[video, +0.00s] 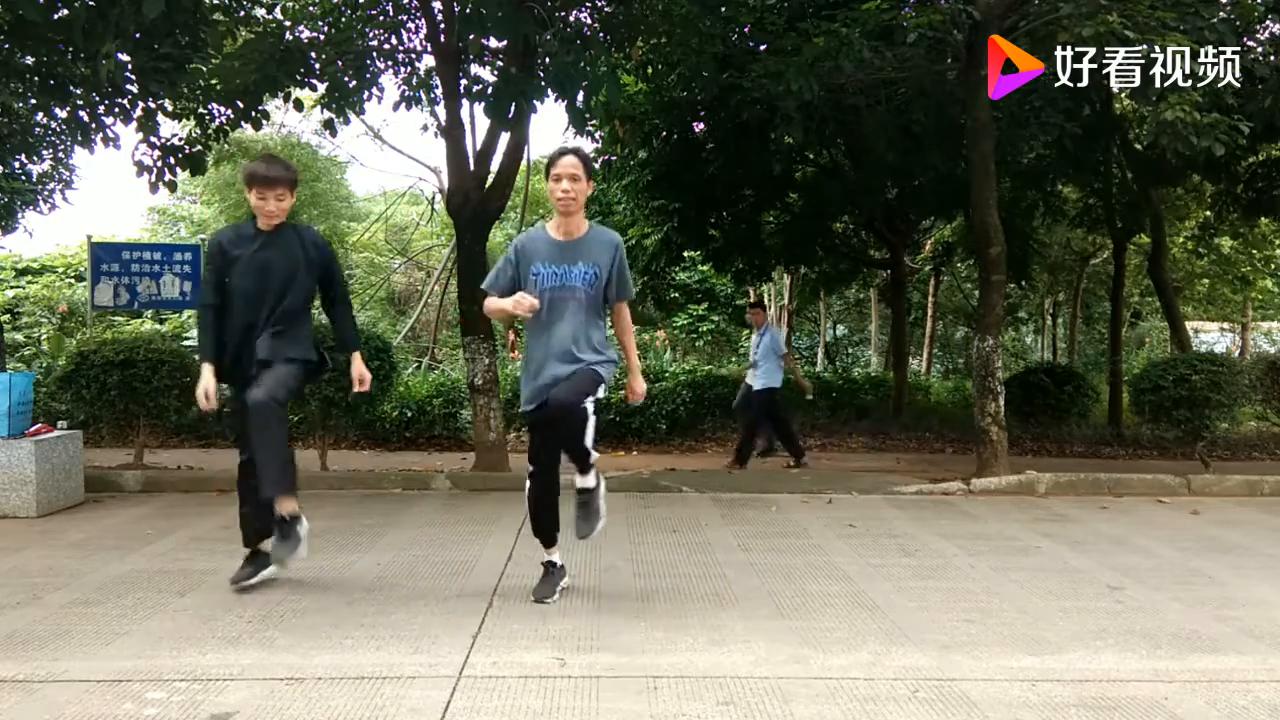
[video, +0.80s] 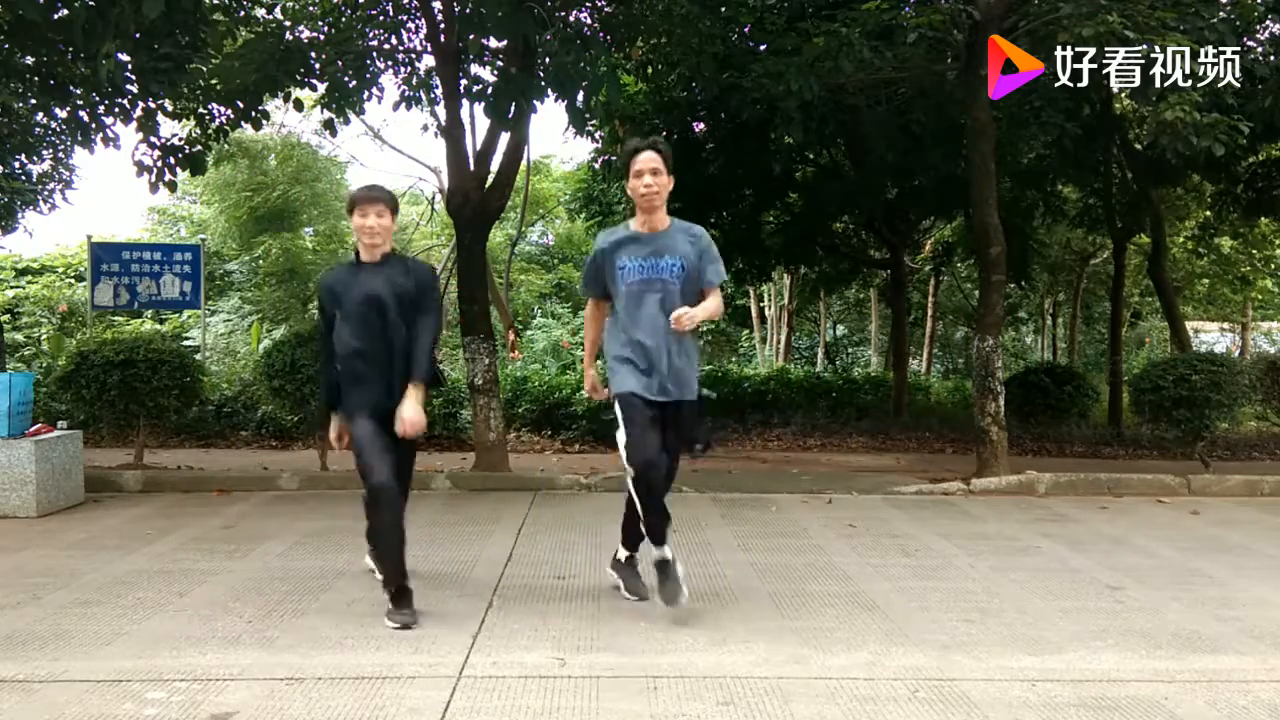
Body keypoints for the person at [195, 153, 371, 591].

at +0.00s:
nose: (272, 207)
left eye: (281, 198)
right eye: (263, 197)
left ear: (293, 198)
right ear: (248, 195)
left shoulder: (311, 245)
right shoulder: (225, 245)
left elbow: (337, 302)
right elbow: (209, 308)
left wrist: (355, 355)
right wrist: (207, 367)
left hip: (291, 355)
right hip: (243, 360)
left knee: (261, 400)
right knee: (249, 455)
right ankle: (257, 549)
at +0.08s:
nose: (280, 216)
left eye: (289, 208)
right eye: (272, 207)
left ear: (302, 208)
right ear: (258, 205)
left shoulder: (319, 256)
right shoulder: (235, 258)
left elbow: (342, 310)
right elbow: (216, 322)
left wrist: (358, 351)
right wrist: (216, 382)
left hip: (300, 372)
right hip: (248, 375)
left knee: (282, 434)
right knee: (255, 457)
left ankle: (304, 550)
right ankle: (268, 544)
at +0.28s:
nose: (308, 206)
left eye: (316, 197)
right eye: (299, 197)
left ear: (328, 201)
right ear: (285, 200)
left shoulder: (348, 256)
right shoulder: (263, 255)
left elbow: (367, 327)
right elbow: (251, 322)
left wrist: (365, 313)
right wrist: (248, 380)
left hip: (329, 385)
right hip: (276, 384)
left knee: (318, 476)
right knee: (257, 473)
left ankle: (324, 590)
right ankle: (274, 532)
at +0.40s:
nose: (322, 197)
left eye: (331, 189)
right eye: (313, 189)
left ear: (344, 196)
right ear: (300, 194)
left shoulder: (363, 245)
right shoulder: (282, 248)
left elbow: (395, 301)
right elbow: (275, 318)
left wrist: (369, 289)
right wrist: (279, 377)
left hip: (342, 364)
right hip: (297, 358)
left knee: (330, 467)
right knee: (251, 386)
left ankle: (340, 565)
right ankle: (282, 457)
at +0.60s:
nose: (346, 190)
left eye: (356, 182)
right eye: (338, 181)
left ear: (369, 188)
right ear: (326, 188)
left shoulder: (392, 239)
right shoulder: (307, 244)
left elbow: (399, 283)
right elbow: (302, 304)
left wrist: (383, 314)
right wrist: (308, 348)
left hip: (372, 353)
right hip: (323, 349)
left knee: (359, 458)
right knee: (317, 384)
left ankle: (343, 562)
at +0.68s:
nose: (355, 190)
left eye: (363, 182)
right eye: (346, 182)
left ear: (377, 187)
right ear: (335, 188)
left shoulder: (401, 238)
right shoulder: (317, 242)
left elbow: (401, 289)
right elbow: (312, 302)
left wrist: (389, 336)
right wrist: (320, 345)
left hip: (382, 351)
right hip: (335, 351)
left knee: (371, 444)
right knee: (339, 422)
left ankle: (354, 542)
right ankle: (361, 532)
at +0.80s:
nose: (371, 223)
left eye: (379, 214)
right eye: (362, 215)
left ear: (393, 221)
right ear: (351, 222)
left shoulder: (418, 274)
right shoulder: (334, 282)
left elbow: (425, 337)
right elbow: (329, 352)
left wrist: (415, 394)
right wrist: (335, 411)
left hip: (403, 397)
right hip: (358, 398)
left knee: (397, 488)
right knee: (382, 486)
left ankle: (379, 546)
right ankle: (398, 592)